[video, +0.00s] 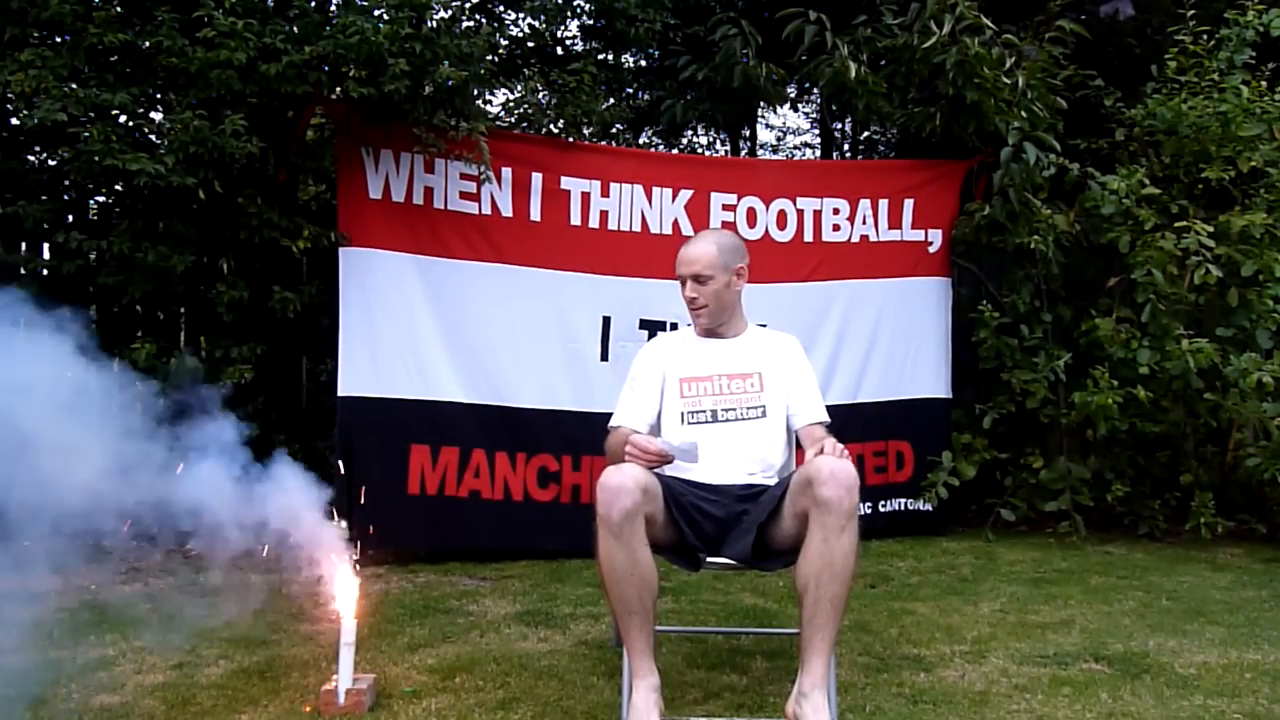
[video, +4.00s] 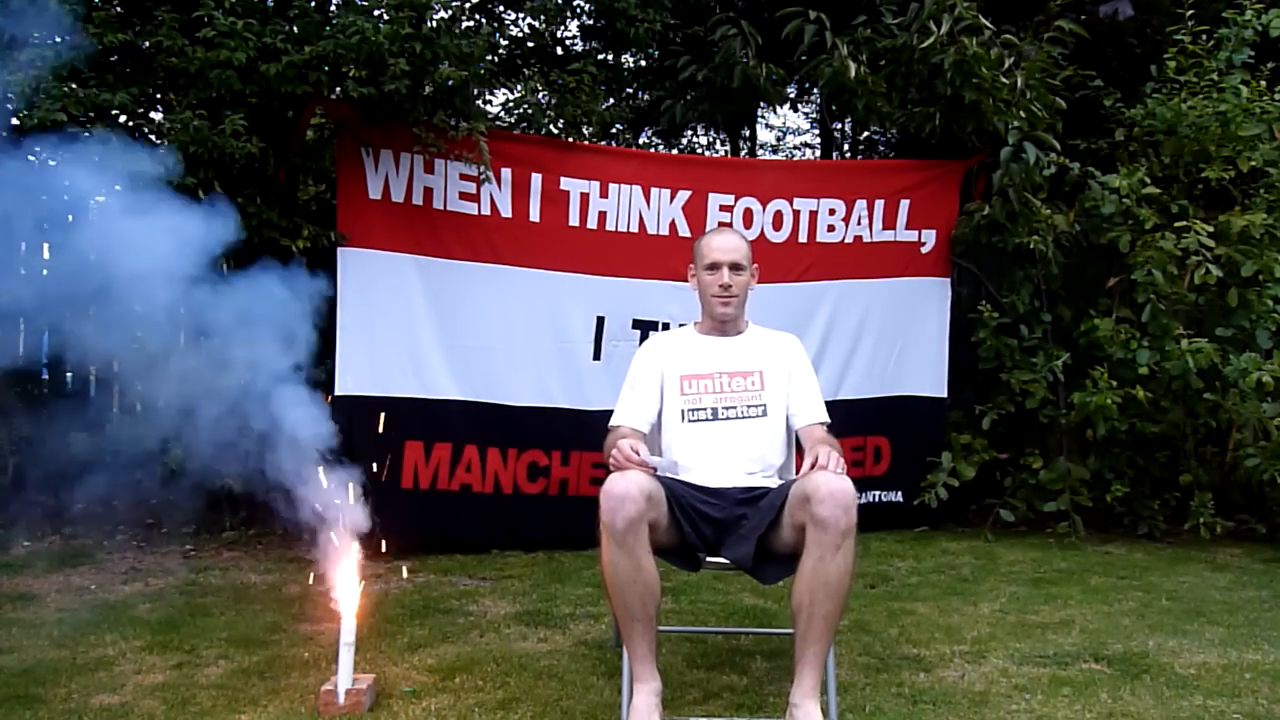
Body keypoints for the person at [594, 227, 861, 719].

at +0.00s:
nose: (689, 295)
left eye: (701, 281)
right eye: (683, 282)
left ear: (739, 279)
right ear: (678, 283)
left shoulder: (783, 349)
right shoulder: (660, 351)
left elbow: (813, 435)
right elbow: (615, 442)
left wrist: (825, 446)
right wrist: (632, 445)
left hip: (767, 504)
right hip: (679, 503)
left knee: (838, 477)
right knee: (615, 486)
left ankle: (812, 689)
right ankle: (643, 683)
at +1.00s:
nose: (686, 298)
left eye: (697, 284)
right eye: (679, 286)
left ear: (736, 279)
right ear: (675, 285)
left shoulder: (782, 350)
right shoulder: (659, 353)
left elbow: (812, 439)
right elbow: (615, 442)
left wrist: (824, 449)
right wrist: (634, 445)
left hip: (768, 504)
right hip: (680, 503)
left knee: (837, 477)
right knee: (617, 484)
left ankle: (812, 689)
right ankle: (642, 682)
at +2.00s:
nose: (685, 299)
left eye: (696, 285)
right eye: (679, 287)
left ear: (735, 279)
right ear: (674, 286)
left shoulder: (782, 350)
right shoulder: (659, 352)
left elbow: (812, 437)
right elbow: (616, 442)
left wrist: (823, 446)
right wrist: (635, 445)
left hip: (768, 505)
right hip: (680, 503)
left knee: (836, 477)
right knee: (617, 485)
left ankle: (812, 690)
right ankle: (642, 682)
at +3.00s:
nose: (716, 286)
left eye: (727, 274)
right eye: (703, 274)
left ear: (746, 278)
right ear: (687, 281)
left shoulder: (781, 349)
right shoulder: (656, 352)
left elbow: (811, 437)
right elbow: (614, 449)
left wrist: (823, 449)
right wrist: (635, 437)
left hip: (767, 504)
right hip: (678, 503)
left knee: (834, 478)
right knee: (617, 483)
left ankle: (812, 690)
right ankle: (642, 681)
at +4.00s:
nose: (725, 280)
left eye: (737, 269)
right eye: (713, 269)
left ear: (753, 277)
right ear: (693, 277)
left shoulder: (785, 348)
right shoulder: (660, 349)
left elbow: (814, 433)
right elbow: (623, 434)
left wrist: (824, 448)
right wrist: (623, 446)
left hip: (767, 502)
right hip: (680, 499)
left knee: (835, 494)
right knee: (619, 492)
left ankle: (806, 697)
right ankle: (645, 687)